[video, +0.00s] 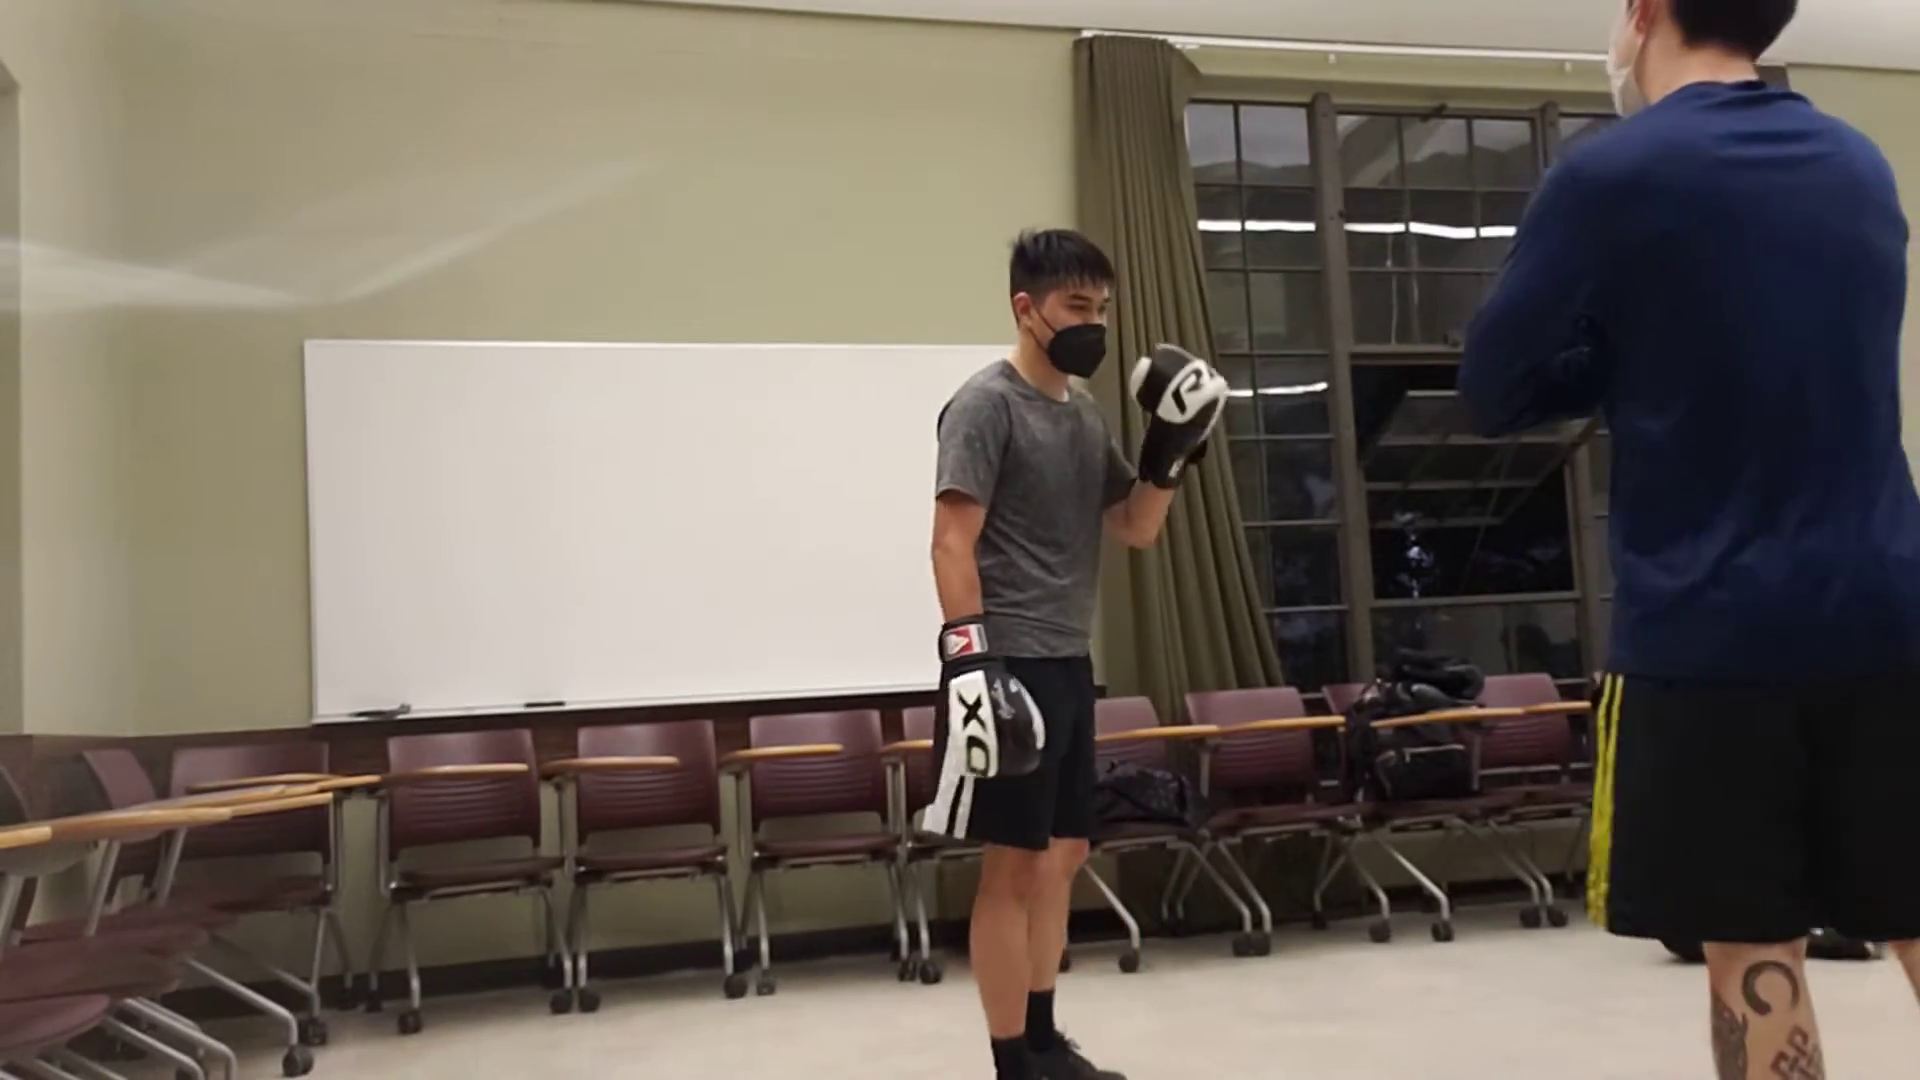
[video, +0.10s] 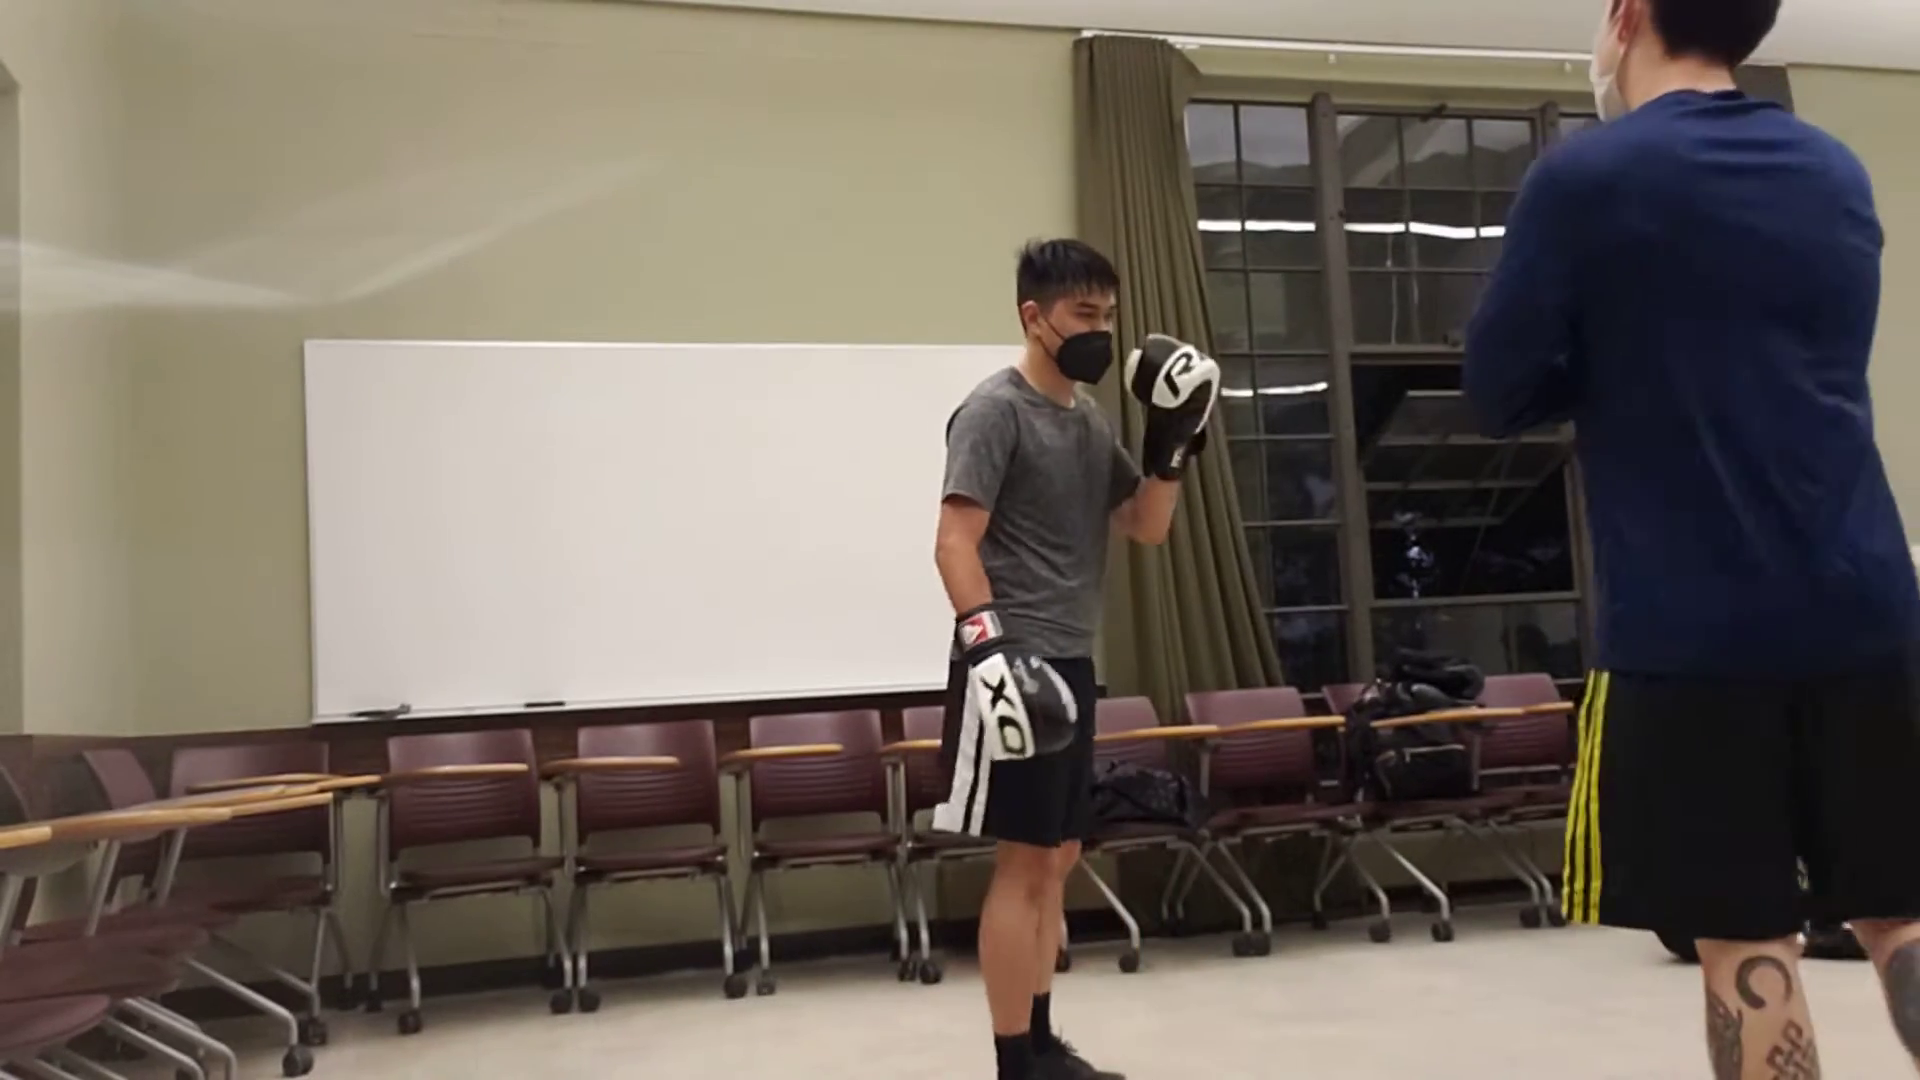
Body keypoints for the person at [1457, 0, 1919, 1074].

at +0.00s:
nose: (1622, 39)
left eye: (1623, 20)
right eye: (1625, 22)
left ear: (1647, 18)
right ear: (1763, 31)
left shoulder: (1610, 172)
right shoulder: (1862, 165)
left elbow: (1496, 388)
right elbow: (1816, 343)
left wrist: (1644, 348)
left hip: (1708, 625)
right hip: (1885, 610)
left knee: (1751, 945)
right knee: (1914, 919)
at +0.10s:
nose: (1601, 35)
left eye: (1605, 19)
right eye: (1603, 21)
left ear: (1629, 21)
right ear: (1743, 38)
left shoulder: (1586, 174)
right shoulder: (1839, 174)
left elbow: (1501, 390)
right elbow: (1816, 350)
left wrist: (1640, 343)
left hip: (1689, 626)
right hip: (1865, 609)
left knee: (1745, 948)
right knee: (1897, 916)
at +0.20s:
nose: (1595, 37)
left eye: (1599, 21)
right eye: (1602, 23)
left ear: (1620, 23)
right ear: (1736, 43)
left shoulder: (1579, 167)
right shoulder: (1816, 176)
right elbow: (1784, 359)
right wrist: (1631, 132)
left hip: (1670, 617)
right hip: (1838, 603)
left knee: (1739, 950)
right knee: (1880, 914)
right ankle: (1904, 1057)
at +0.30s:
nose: (1590, 42)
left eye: (1593, 26)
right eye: (1596, 28)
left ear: (1612, 30)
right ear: (1730, 51)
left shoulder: (1596, 175)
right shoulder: (1800, 189)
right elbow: (1781, 397)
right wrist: (1618, 152)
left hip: (1663, 620)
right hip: (1817, 608)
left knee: (1735, 949)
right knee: (1845, 913)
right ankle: (1884, 1061)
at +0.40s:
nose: (1589, 72)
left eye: (1592, 46)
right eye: (1594, 49)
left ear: (1613, 49)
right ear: (1728, 66)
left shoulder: (1604, 196)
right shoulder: (1789, 205)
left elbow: (1506, 417)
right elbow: (1744, 393)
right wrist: (1617, 178)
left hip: (1653, 630)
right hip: (1798, 617)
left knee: (1725, 946)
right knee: (1814, 929)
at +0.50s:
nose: (1590, 85)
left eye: (1596, 58)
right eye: (1596, 60)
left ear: (1620, 60)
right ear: (1731, 80)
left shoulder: (1611, 215)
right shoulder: (1781, 220)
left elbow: (1508, 420)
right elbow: (1739, 402)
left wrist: (1486, 366)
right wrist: (1618, 183)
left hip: (1650, 635)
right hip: (1777, 624)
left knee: (1719, 942)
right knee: (1789, 924)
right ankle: (1794, 1077)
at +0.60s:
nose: (1595, 108)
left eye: (1600, 84)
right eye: (1601, 84)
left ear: (1633, 86)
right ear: (1733, 101)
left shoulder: (1623, 223)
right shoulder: (1783, 240)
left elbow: (1500, 417)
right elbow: (1723, 414)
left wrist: (1478, 359)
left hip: (1648, 643)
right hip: (1764, 633)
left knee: (1716, 939)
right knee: (1771, 911)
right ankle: (1800, 1074)